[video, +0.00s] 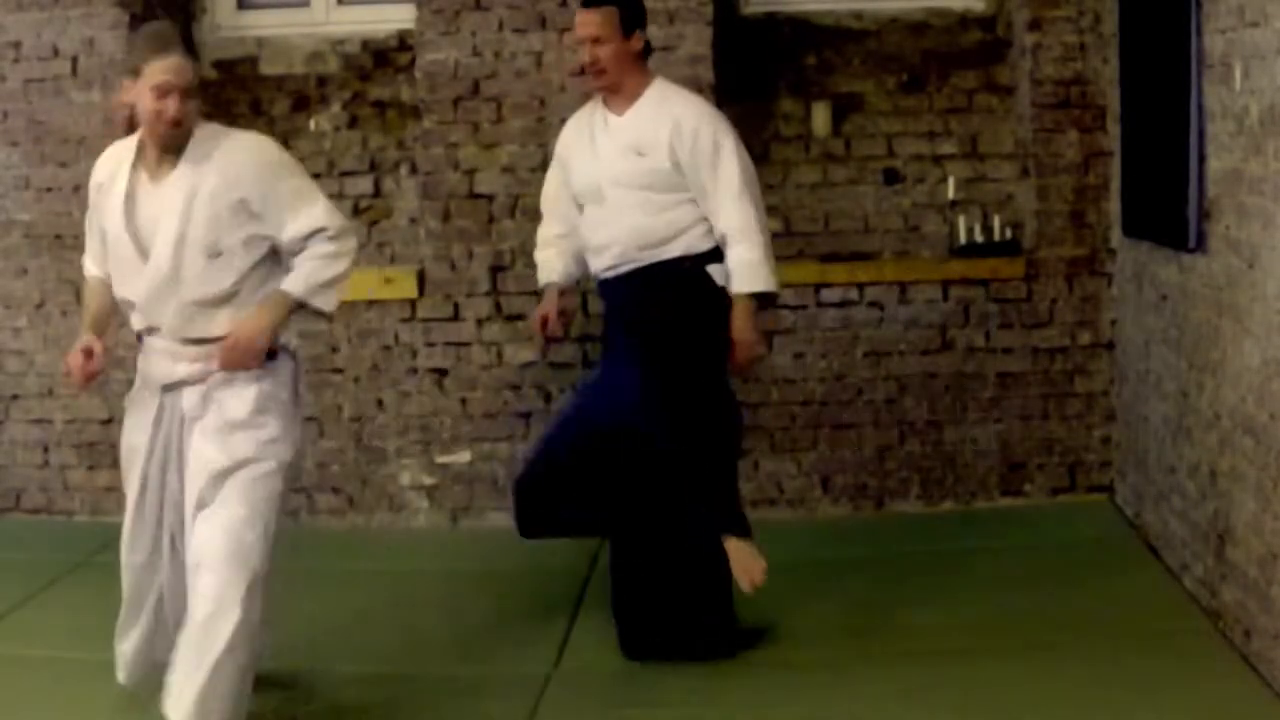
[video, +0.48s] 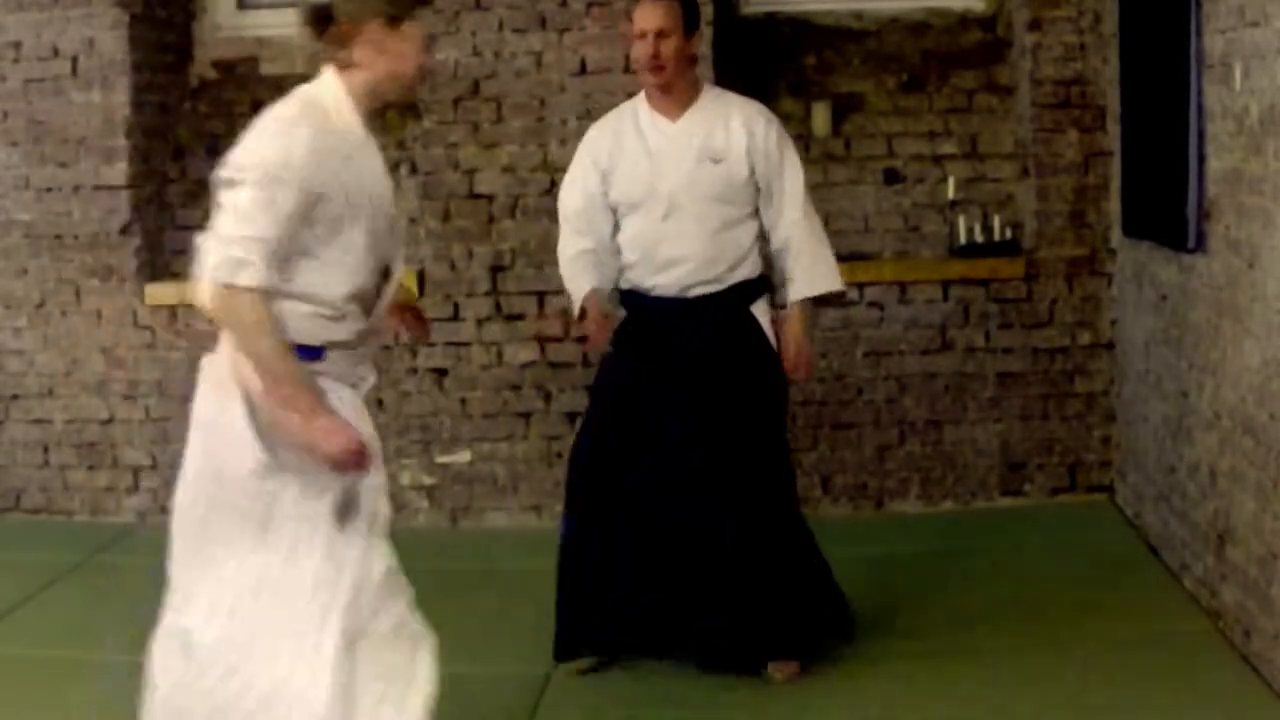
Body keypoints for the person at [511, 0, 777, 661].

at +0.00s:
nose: (585, 55)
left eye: (598, 42)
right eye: (580, 44)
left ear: (637, 43)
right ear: (579, 51)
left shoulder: (689, 117)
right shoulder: (578, 131)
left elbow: (738, 208)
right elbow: (558, 215)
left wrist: (744, 308)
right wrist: (556, 287)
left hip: (690, 292)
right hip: (625, 302)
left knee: (677, 452)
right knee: (652, 460)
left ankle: (723, 538)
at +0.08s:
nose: (596, 54)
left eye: (609, 41)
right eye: (589, 43)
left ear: (645, 43)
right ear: (584, 50)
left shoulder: (700, 120)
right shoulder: (577, 135)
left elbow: (746, 212)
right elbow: (554, 220)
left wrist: (760, 308)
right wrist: (545, 292)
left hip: (701, 301)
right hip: (628, 310)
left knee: (719, 454)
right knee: (643, 464)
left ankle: (752, 587)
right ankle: (661, 621)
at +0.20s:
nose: (616, 49)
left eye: (629, 34)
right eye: (607, 38)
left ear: (662, 38)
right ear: (599, 46)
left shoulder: (718, 119)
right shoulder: (584, 136)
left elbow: (764, 214)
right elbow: (557, 224)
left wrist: (770, 308)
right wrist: (549, 289)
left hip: (717, 313)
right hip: (637, 321)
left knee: (740, 474)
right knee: (649, 478)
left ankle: (768, 636)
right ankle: (664, 635)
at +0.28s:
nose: (629, 48)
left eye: (641, 33)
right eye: (619, 37)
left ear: (672, 37)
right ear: (611, 46)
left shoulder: (731, 122)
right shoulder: (595, 139)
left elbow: (777, 220)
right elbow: (566, 225)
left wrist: (777, 314)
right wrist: (559, 292)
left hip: (722, 321)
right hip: (642, 327)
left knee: (739, 479)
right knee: (647, 483)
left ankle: (758, 634)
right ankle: (661, 635)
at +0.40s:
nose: (642, 53)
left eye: (656, 39)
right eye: (633, 41)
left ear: (688, 44)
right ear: (625, 50)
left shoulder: (746, 129)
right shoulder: (606, 143)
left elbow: (790, 226)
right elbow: (579, 228)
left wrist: (793, 320)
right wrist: (582, 294)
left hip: (733, 328)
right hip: (646, 333)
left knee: (746, 482)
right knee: (619, 478)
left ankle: (775, 639)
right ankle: (652, 626)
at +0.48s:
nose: (648, 50)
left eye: (661, 35)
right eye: (638, 38)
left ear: (692, 41)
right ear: (628, 47)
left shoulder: (750, 125)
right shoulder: (606, 138)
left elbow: (792, 225)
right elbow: (580, 227)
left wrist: (795, 320)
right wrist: (592, 301)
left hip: (734, 327)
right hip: (644, 330)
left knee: (753, 481)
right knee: (604, 478)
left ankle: (776, 639)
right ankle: (600, 632)